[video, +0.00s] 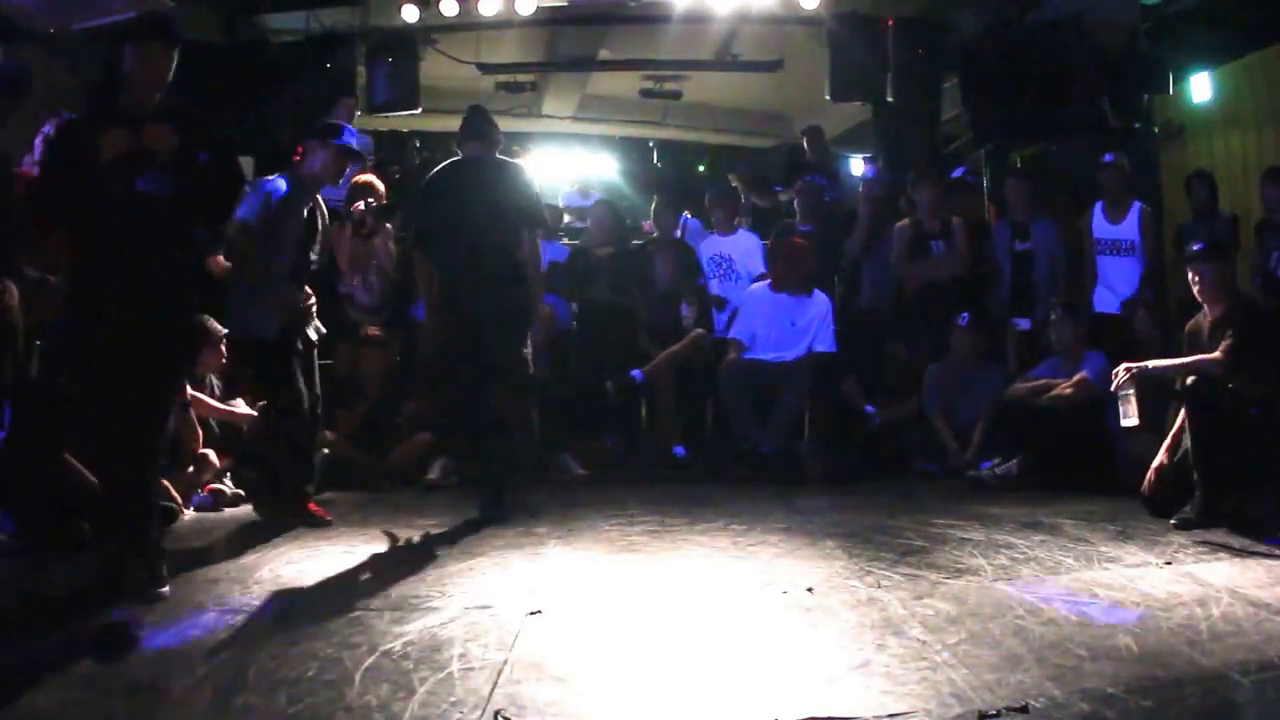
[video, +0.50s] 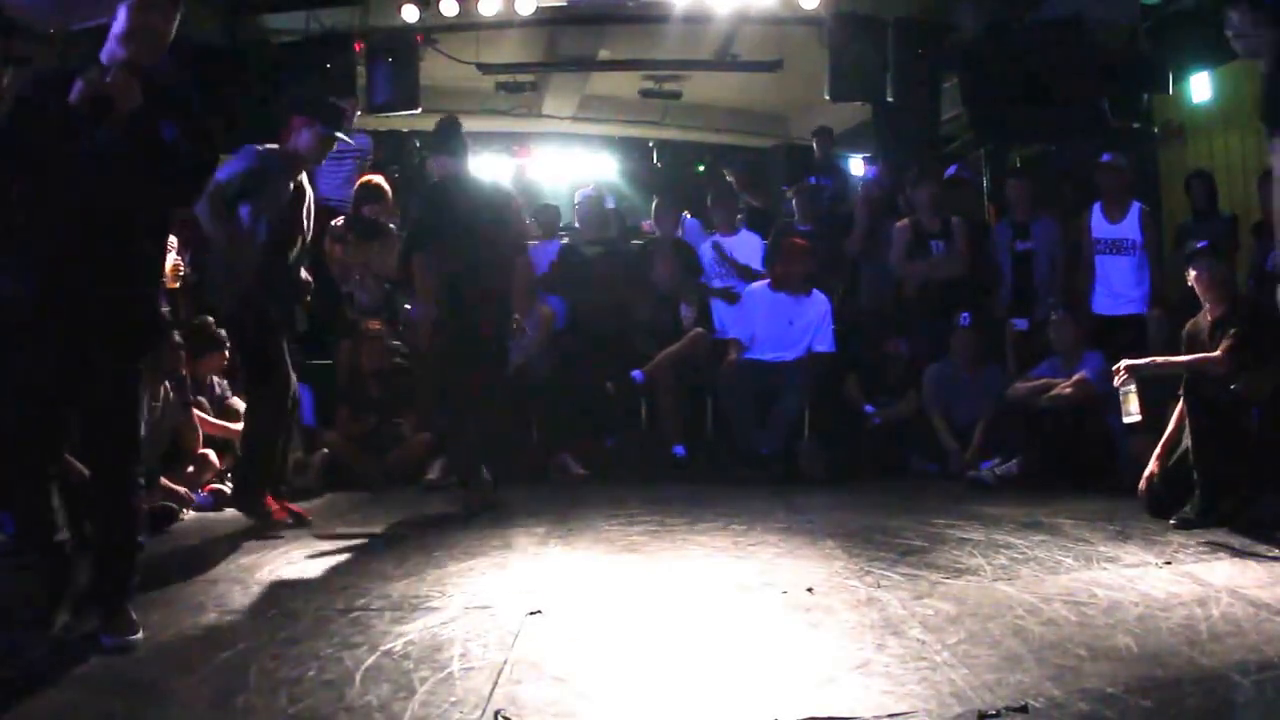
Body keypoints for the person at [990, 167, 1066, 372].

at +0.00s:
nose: (1014, 195)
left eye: (1019, 189)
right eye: (1010, 190)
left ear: (1028, 192)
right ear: (1005, 194)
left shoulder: (1046, 229)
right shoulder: (999, 231)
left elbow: (1057, 266)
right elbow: (995, 269)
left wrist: (1056, 297)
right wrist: (996, 301)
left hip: (1040, 301)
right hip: (1009, 303)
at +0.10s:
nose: (1014, 195)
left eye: (1019, 189)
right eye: (1010, 189)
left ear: (1028, 192)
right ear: (1005, 193)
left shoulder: (1046, 229)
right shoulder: (999, 231)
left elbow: (1057, 266)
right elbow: (995, 270)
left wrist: (1055, 298)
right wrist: (997, 303)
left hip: (1040, 304)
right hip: (1009, 306)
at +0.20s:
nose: (1015, 196)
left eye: (1020, 190)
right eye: (1011, 190)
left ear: (1028, 193)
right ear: (1006, 195)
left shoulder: (1045, 228)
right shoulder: (1000, 230)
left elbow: (1056, 264)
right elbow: (996, 268)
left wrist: (1053, 296)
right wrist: (998, 302)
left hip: (1040, 303)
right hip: (1010, 304)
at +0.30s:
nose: (1017, 196)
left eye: (1021, 190)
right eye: (1012, 190)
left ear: (1029, 193)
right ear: (1007, 195)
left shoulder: (1045, 227)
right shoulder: (1000, 230)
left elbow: (1057, 265)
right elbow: (997, 269)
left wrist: (1054, 300)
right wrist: (999, 303)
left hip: (1040, 302)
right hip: (1010, 304)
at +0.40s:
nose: (1018, 198)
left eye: (1021, 192)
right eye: (1013, 193)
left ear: (1029, 195)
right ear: (1007, 197)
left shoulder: (1046, 227)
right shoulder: (1000, 230)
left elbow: (1057, 265)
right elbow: (998, 269)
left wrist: (1055, 298)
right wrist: (999, 302)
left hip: (1040, 301)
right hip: (1010, 303)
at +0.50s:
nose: (1018, 198)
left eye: (1022, 192)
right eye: (1013, 193)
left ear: (1030, 195)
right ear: (1007, 197)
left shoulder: (1047, 227)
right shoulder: (1000, 231)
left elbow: (1056, 265)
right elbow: (998, 269)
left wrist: (1054, 298)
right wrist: (999, 302)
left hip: (1040, 300)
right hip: (1010, 303)